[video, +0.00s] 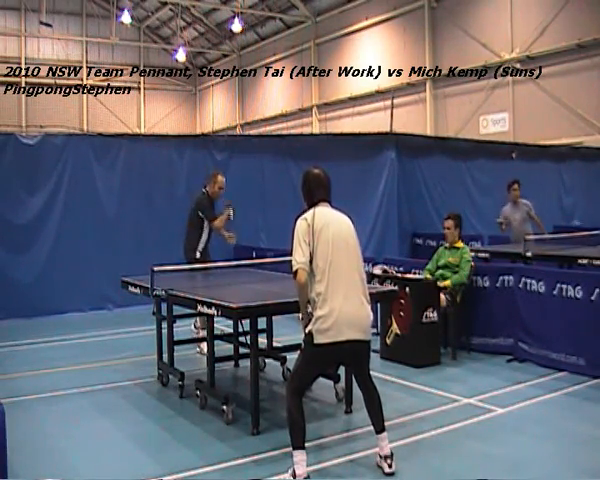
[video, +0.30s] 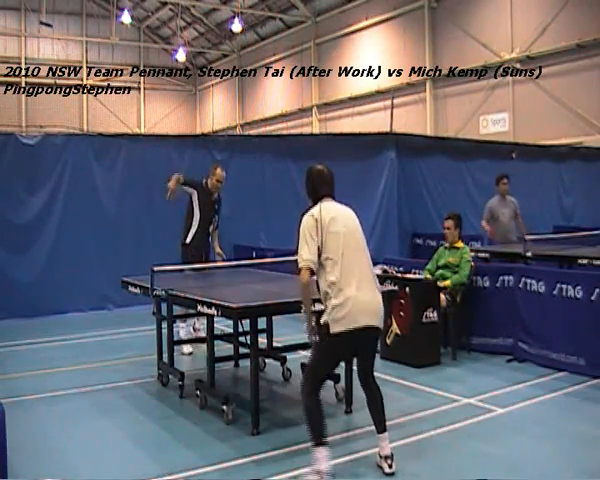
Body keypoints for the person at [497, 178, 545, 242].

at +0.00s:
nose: (517, 193)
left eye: (518, 190)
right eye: (514, 190)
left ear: (520, 192)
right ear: (509, 193)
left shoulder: (526, 205)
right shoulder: (505, 210)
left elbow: (535, 219)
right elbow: (503, 229)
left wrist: (543, 231)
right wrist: (502, 224)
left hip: (528, 237)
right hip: (515, 239)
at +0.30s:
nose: (506, 187)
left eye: (507, 184)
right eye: (503, 184)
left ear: (509, 186)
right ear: (497, 187)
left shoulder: (513, 202)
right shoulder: (492, 204)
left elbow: (518, 217)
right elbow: (484, 220)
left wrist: (523, 233)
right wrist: (488, 228)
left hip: (512, 239)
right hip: (497, 239)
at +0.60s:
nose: (493, 188)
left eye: (494, 185)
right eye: (491, 185)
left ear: (496, 187)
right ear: (485, 187)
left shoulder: (497, 202)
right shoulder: (477, 202)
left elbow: (501, 220)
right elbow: (469, 220)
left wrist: (506, 237)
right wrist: (476, 234)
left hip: (494, 238)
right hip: (481, 238)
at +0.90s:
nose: (487, 187)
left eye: (488, 185)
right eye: (484, 184)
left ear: (489, 185)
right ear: (478, 185)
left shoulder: (486, 196)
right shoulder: (470, 198)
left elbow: (487, 211)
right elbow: (466, 216)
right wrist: (474, 224)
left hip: (487, 233)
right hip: (476, 235)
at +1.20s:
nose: (480, 189)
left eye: (481, 186)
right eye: (478, 186)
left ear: (482, 188)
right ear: (471, 188)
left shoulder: (482, 199)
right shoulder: (464, 203)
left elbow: (482, 213)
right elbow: (460, 221)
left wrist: (486, 220)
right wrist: (467, 230)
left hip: (481, 238)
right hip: (468, 240)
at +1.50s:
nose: (472, 186)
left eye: (473, 184)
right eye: (469, 183)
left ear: (474, 186)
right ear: (463, 186)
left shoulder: (473, 198)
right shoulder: (455, 201)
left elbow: (476, 213)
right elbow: (450, 218)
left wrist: (481, 228)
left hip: (471, 234)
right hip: (459, 235)